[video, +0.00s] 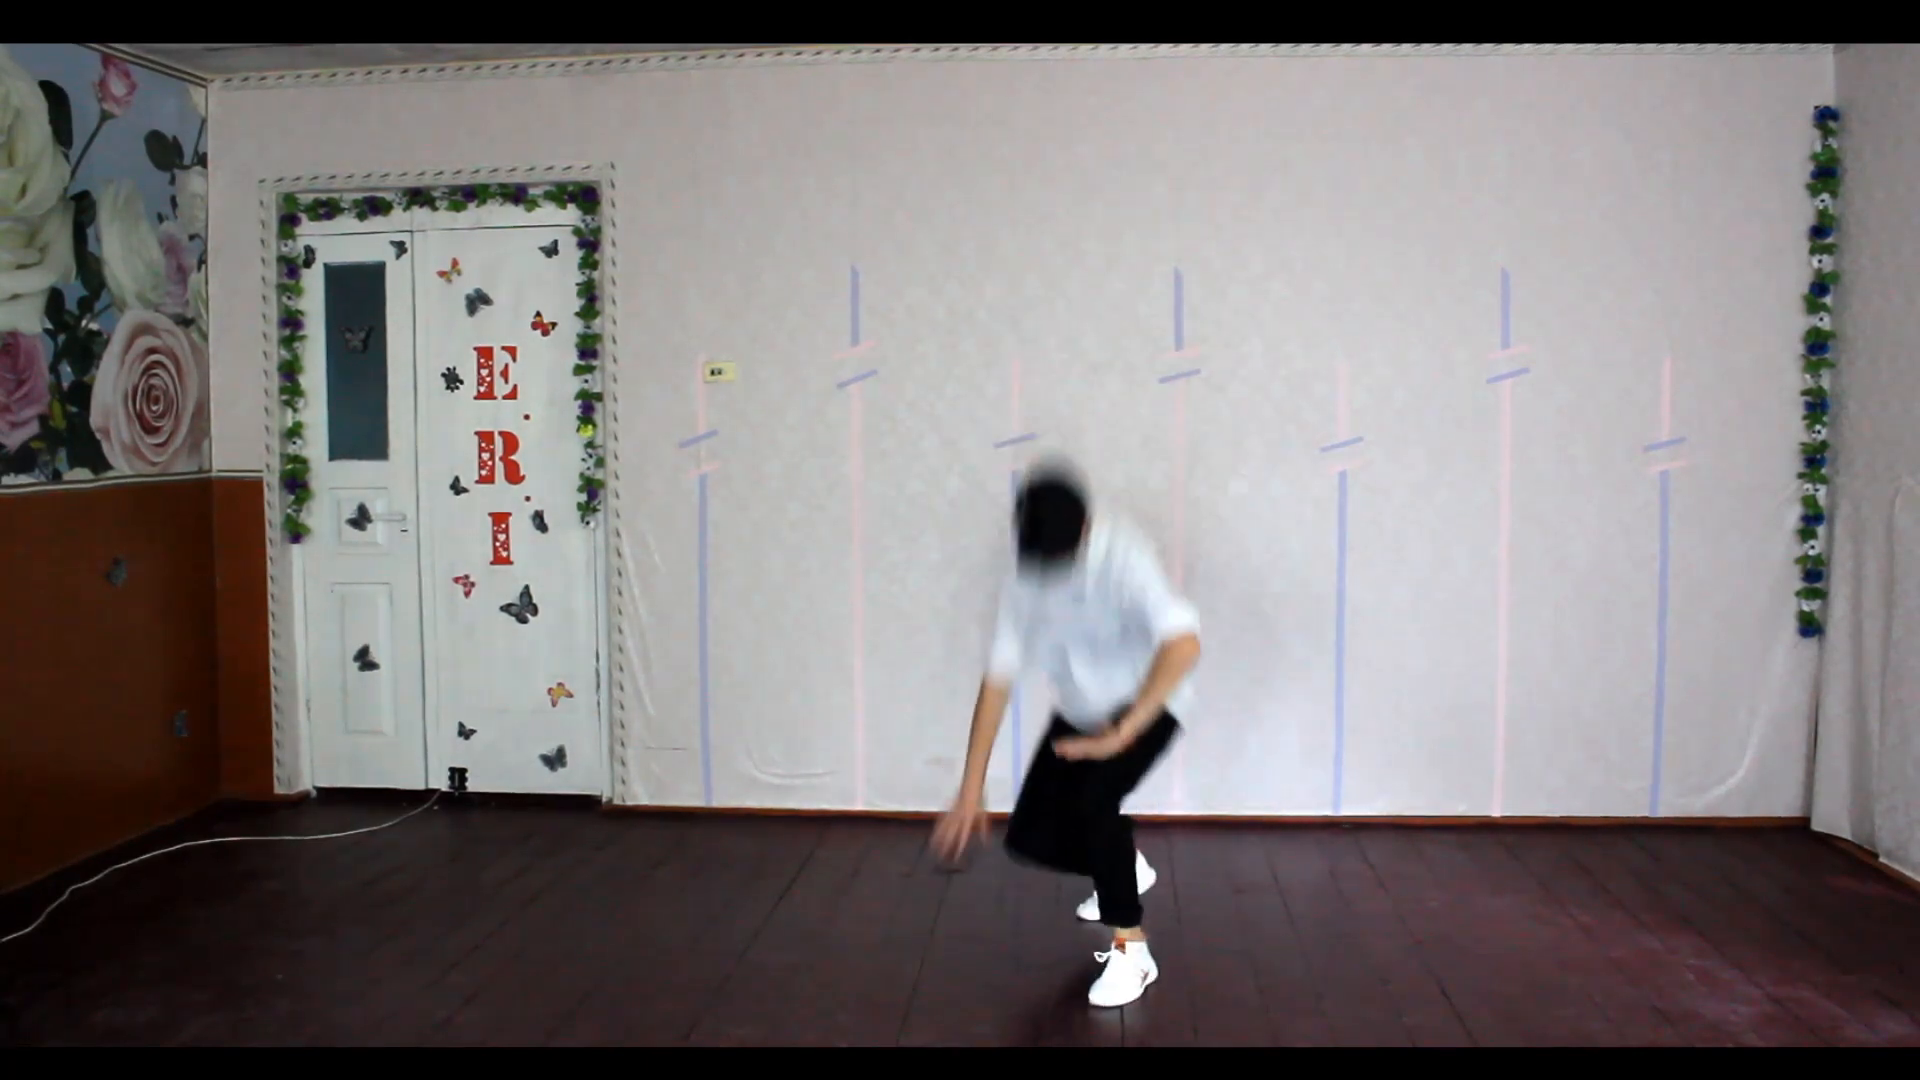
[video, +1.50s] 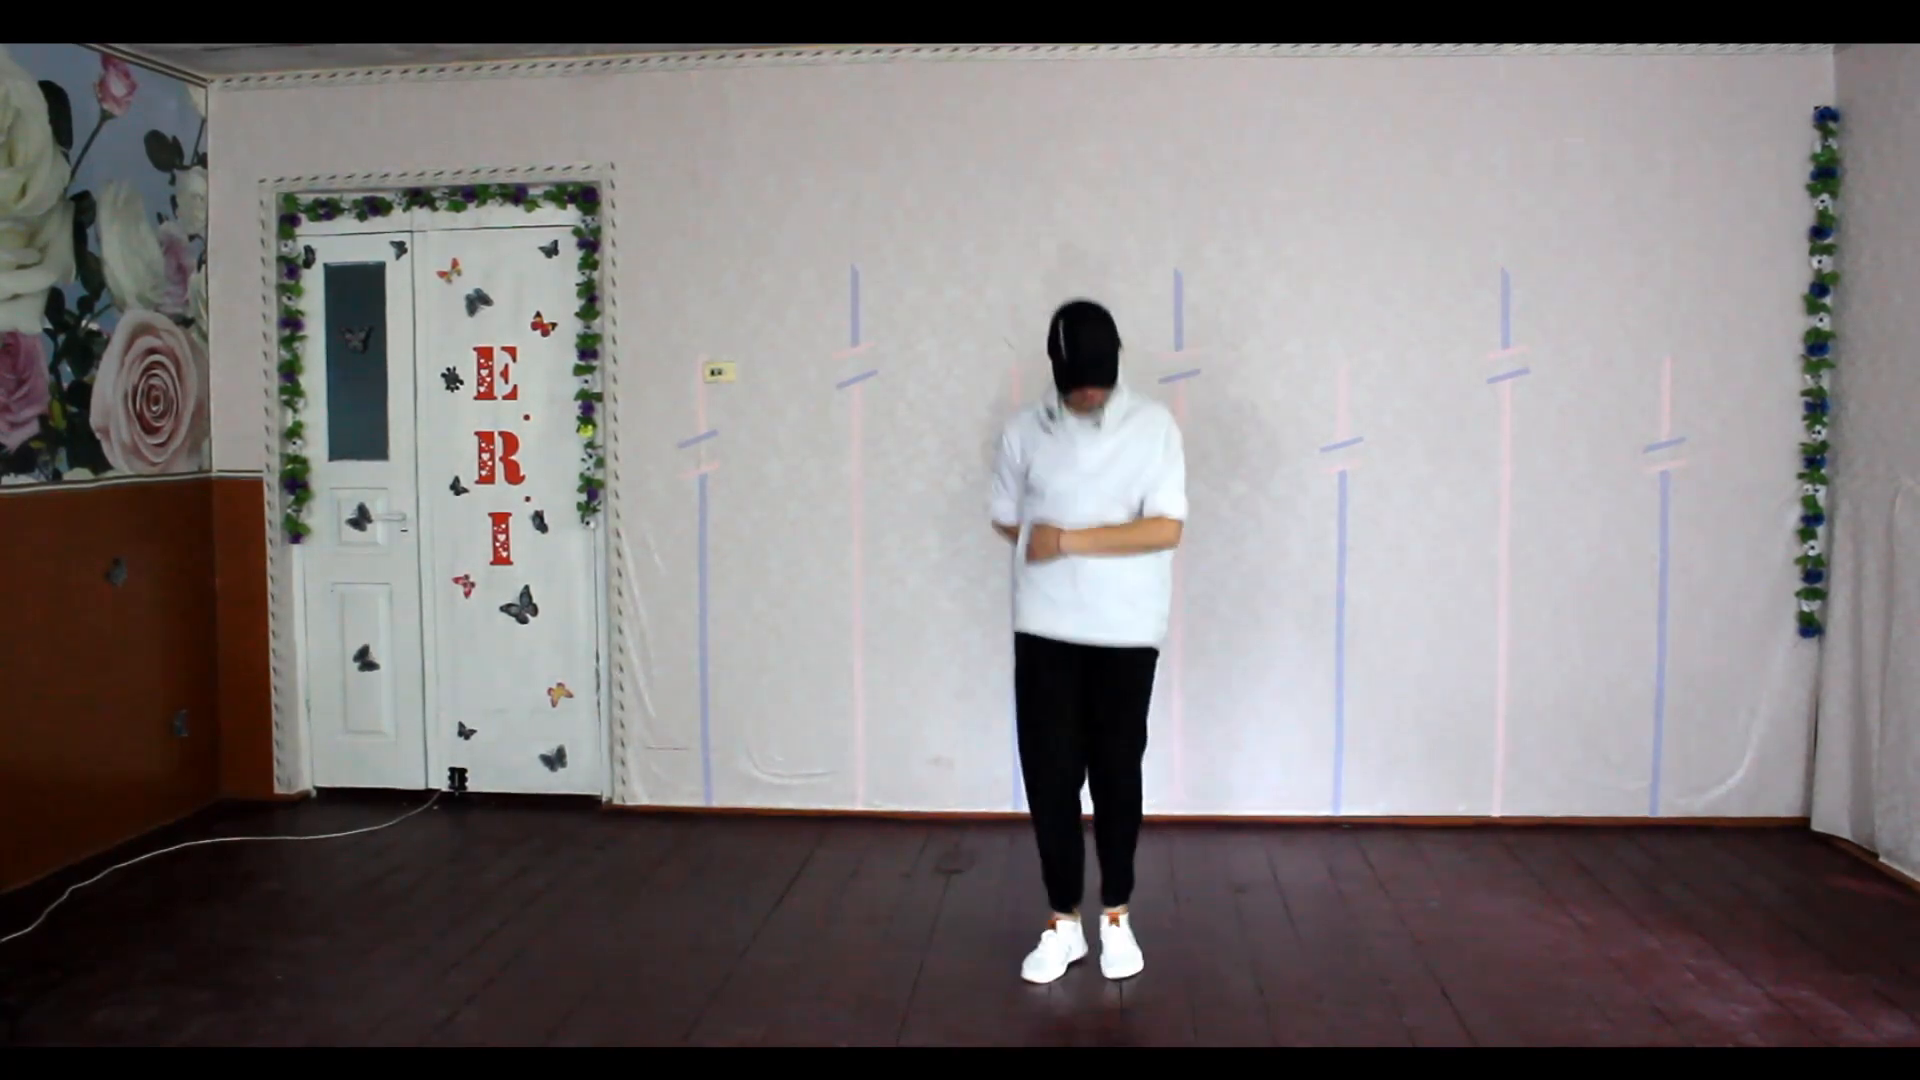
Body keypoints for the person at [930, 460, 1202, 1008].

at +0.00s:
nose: (1051, 567)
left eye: (1059, 557)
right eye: (1040, 558)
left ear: (1083, 532)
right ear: (1024, 538)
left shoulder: (1121, 552)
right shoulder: (1025, 574)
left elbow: (1183, 640)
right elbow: (996, 684)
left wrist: (1121, 734)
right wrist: (969, 794)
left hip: (1141, 715)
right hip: (1076, 716)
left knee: (1094, 804)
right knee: (1030, 836)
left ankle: (1130, 951)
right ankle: (1124, 866)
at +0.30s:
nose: (1036, 824)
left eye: (1053, 793)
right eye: (1029, 816)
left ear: (1065, 759)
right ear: (1005, 773)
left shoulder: (1111, 727)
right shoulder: (1002, 773)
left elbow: (1212, 719)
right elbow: (990, 839)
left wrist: (1162, 780)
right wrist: (981, 926)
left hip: (1164, 807)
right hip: (1079, 827)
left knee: (1119, 797)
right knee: (1016, 929)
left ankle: (1130, 948)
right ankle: (1102, 866)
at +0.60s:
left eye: (1060, 784)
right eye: (1036, 791)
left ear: (1073, 746)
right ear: (1009, 757)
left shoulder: (1115, 716)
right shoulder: (1000, 768)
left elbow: (1221, 712)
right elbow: (985, 833)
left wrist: (1169, 777)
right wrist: (980, 929)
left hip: (1154, 806)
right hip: (1076, 823)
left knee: (1125, 793)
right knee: (1012, 927)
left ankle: (1133, 950)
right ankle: (1099, 872)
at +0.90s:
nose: (1047, 693)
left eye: (1050, 681)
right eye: (1034, 690)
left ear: (1060, 648)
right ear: (1011, 670)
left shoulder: (1105, 624)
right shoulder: (1019, 692)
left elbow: (1200, 683)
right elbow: (995, 797)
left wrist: (1149, 759)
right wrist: (971, 891)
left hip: (1162, 717)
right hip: (1090, 743)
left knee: (1118, 795)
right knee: (1052, 862)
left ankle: (1132, 946)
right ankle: (1125, 868)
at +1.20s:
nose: (1069, 373)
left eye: (1077, 359)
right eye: (1059, 360)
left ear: (1094, 346)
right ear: (1047, 351)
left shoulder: (1143, 385)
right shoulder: (1026, 410)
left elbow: (1160, 476)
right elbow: (1000, 498)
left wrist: (1068, 545)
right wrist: (1034, 556)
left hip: (1139, 604)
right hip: (1063, 609)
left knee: (1132, 747)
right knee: (1059, 731)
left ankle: (1143, 915)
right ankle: (1095, 840)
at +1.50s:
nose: (1091, 396)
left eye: (1101, 383)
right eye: (1078, 386)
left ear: (1117, 369)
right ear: (1056, 374)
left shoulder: (1152, 425)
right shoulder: (1024, 431)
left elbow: (1167, 529)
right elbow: (1004, 523)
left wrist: (1068, 539)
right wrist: (1073, 542)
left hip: (1125, 639)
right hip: (1043, 636)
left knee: (1116, 779)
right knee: (1050, 782)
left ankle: (1116, 917)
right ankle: (1064, 923)